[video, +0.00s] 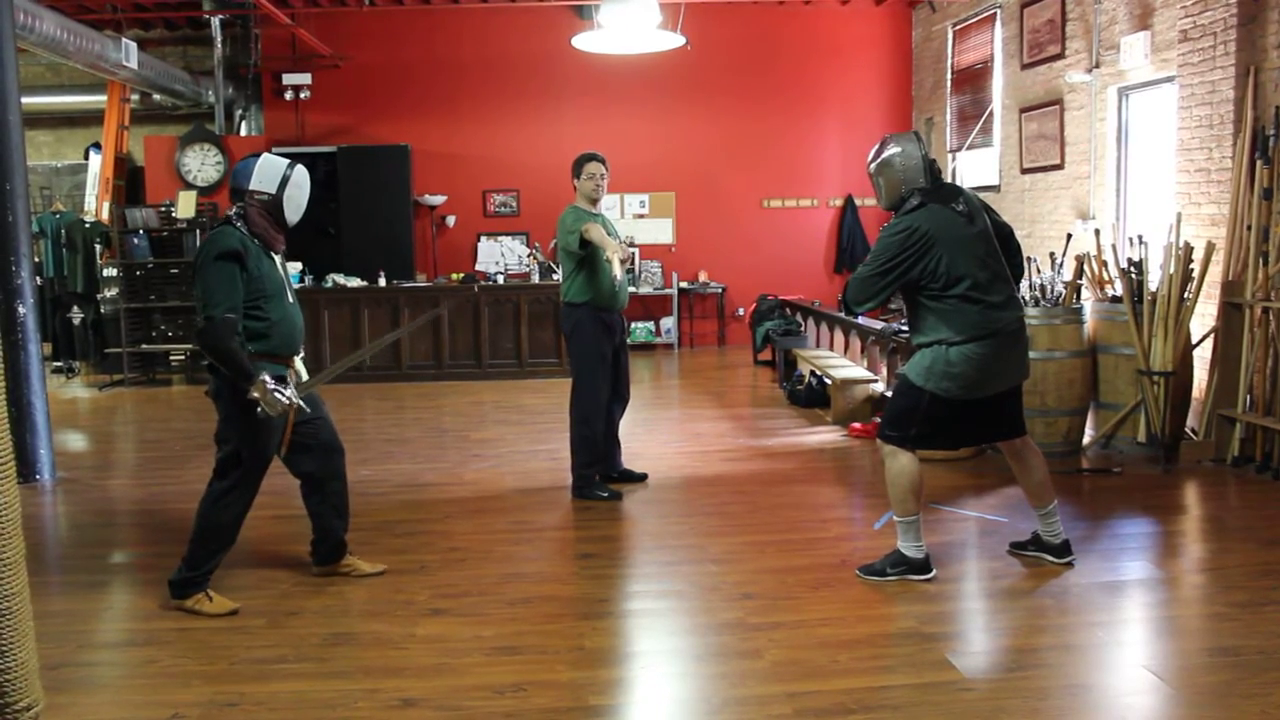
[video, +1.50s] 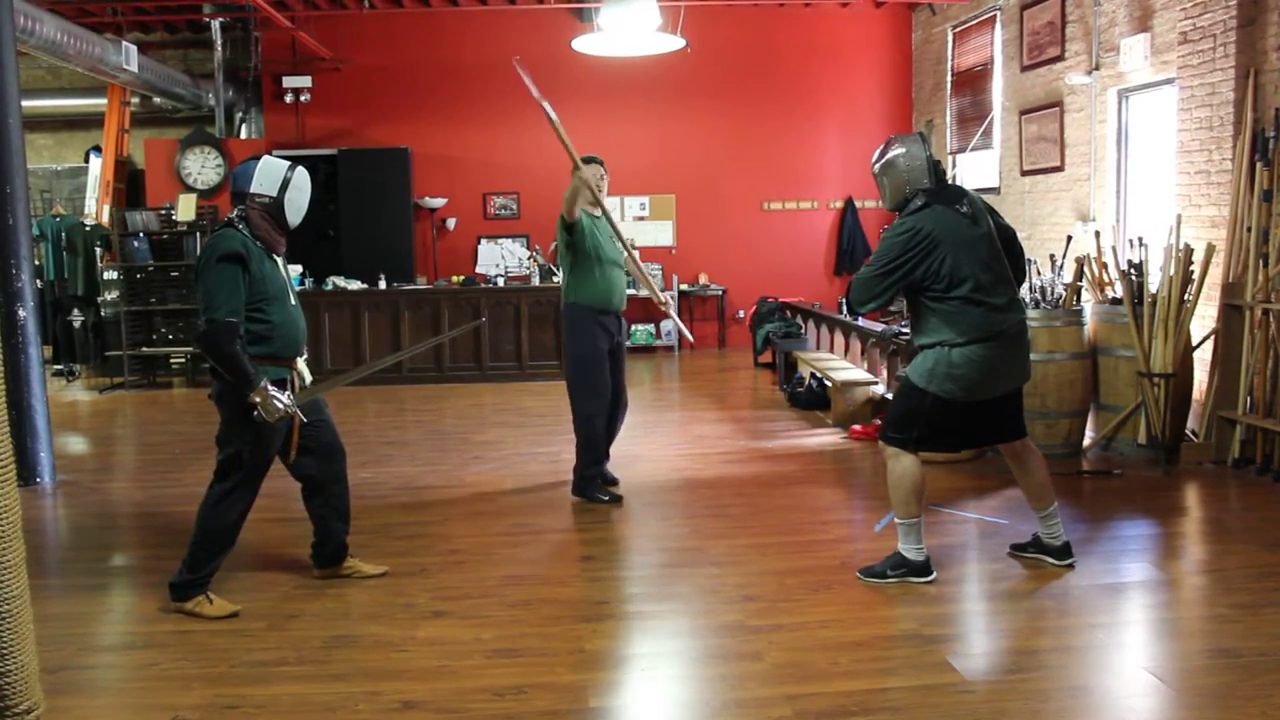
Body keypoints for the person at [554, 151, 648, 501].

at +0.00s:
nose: (597, 182)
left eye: (602, 176)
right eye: (590, 176)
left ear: (607, 182)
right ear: (576, 182)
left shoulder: (604, 221)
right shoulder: (572, 215)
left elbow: (618, 253)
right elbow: (591, 232)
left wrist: (625, 254)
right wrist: (613, 248)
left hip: (610, 315)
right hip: (585, 316)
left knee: (615, 394)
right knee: (590, 396)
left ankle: (609, 467)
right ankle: (584, 480)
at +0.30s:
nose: (596, 186)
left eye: (601, 180)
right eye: (589, 180)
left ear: (606, 186)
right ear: (575, 186)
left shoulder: (603, 226)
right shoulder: (571, 219)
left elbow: (614, 256)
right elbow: (590, 236)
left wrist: (622, 257)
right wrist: (612, 252)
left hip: (610, 319)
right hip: (584, 319)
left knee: (619, 398)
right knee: (594, 399)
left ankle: (610, 468)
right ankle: (585, 482)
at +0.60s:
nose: (596, 187)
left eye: (600, 181)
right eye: (588, 181)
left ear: (605, 187)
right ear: (574, 187)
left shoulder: (603, 226)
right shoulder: (571, 220)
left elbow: (615, 255)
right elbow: (591, 237)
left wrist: (623, 258)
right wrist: (612, 253)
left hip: (611, 320)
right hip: (585, 320)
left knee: (619, 398)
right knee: (595, 399)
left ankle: (610, 469)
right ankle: (585, 481)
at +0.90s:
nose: (597, 187)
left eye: (601, 181)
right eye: (589, 181)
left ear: (605, 187)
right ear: (574, 187)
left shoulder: (604, 226)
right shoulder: (570, 221)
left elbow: (614, 256)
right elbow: (590, 237)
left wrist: (622, 257)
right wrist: (613, 253)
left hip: (611, 320)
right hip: (585, 322)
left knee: (621, 398)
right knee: (596, 400)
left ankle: (609, 469)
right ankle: (586, 482)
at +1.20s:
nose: (595, 185)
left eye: (598, 179)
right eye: (587, 179)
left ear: (603, 186)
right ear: (572, 186)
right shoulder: (570, 221)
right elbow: (586, 236)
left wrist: (632, 251)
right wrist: (614, 243)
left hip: (613, 320)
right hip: (585, 320)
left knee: (622, 399)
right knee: (595, 401)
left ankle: (604, 462)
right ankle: (586, 481)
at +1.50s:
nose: (600, 179)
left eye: (604, 175)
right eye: (593, 173)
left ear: (607, 184)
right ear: (579, 182)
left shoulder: (608, 226)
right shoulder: (574, 223)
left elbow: (624, 266)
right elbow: (570, 211)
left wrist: (652, 291)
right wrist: (576, 183)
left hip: (612, 319)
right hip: (584, 318)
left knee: (615, 400)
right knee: (592, 399)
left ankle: (597, 466)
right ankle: (585, 481)